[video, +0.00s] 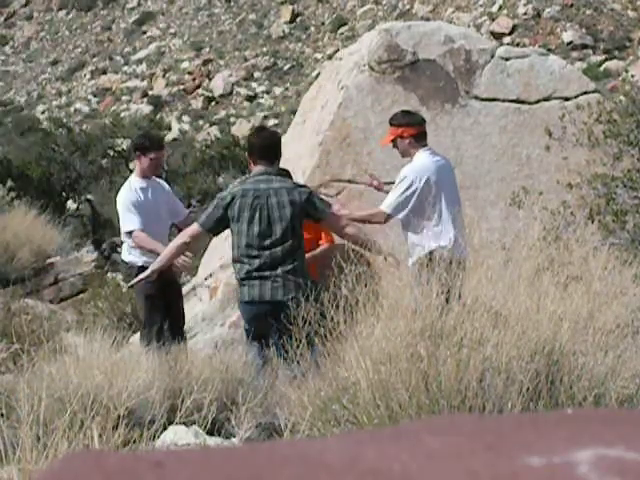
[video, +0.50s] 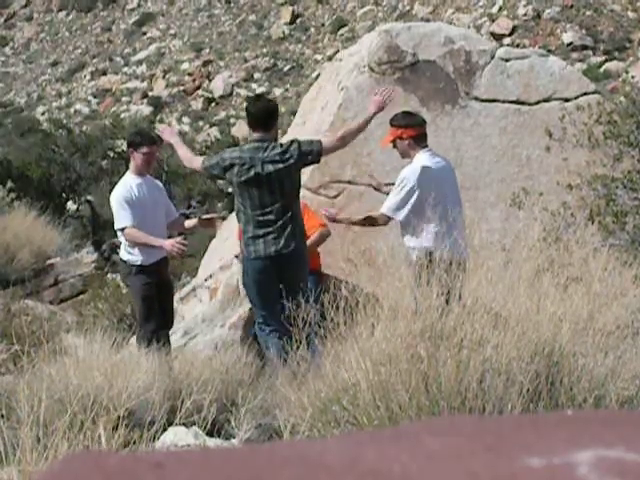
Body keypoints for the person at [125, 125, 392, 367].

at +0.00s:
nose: (253, 163)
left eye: (250, 158)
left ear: (249, 159)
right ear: (280, 156)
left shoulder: (234, 194)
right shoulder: (298, 192)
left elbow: (189, 236)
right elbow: (342, 228)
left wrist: (154, 269)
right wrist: (376, 248)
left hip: (252, 296)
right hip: (292, 292)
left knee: (260, 362)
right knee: (304, 361)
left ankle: (263, 418)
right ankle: (314, 417)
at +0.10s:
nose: (255, 161)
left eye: (248, 157)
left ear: (247, 158)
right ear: (277, 155)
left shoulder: (232, 194)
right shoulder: (295, 191)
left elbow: (189, 236)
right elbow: (340, 219)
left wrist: (155, 266)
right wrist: (375, 229)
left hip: (252, 296)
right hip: (293, 291)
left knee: (266, 363)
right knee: (307, 359)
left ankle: (272, 420)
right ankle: (318, 417)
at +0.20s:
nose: (252, 168)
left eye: (246, 164)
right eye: (265, 162)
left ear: (244, 166)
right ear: (274, 162)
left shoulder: (230, 203)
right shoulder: (293, 196)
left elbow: (189, 228)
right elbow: (340, 207)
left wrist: (156, 244)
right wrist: (382, 206)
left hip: (252, 299)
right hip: (292, 294)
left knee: (265, 366)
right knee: (308, 360)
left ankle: (272, 420)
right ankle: (317, 416)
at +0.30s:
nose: (266, 156)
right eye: (268, 150)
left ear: (243, 157)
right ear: (272, 152)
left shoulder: (229, 192)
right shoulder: (289, 185)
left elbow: (195, 202)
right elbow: (337, 185)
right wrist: (375, 172)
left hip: (254, 287)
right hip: (292, 281)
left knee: (261, 357)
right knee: (308, 348)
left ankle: (268, 416)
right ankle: (317, 409)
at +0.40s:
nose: (268, 135)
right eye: (270, 129)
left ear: (244, 135)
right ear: (274, 132)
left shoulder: (230, 169)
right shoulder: (290, 162)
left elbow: (194, 171)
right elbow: (338, 154)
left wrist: (175, 155)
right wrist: (376, 133)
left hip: (253, 261)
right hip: (290, 254)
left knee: (263, 324)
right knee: (304, 317)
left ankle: (271, 387)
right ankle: (316, 375)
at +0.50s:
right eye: (275, 120)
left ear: (248, 124)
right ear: (277, 122)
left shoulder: (234, 159)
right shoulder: (291, 152)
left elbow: (193, 164)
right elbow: (336, 142)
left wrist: (174, 140)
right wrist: (372, 114)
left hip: (257, 253)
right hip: (293, 248)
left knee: (268, 322)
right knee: (306, 312)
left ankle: (285, 382)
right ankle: (321, 372)